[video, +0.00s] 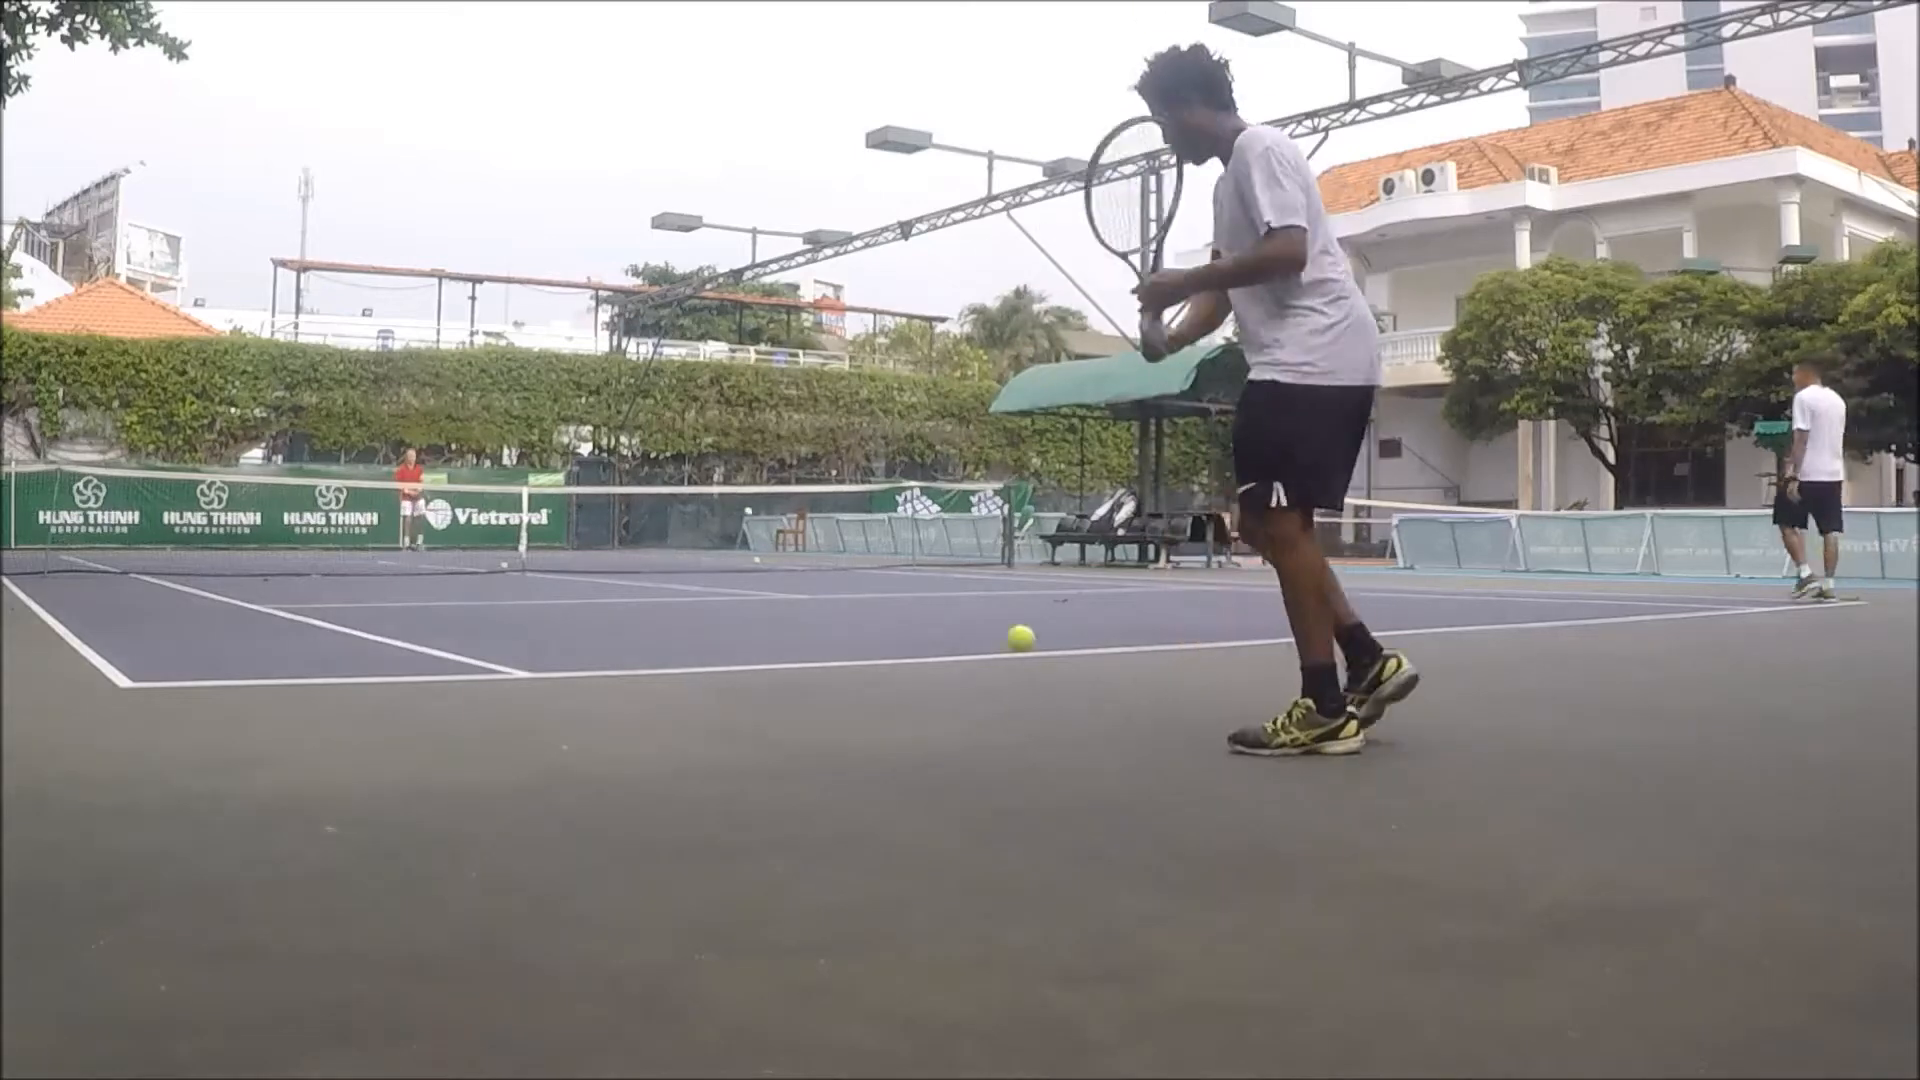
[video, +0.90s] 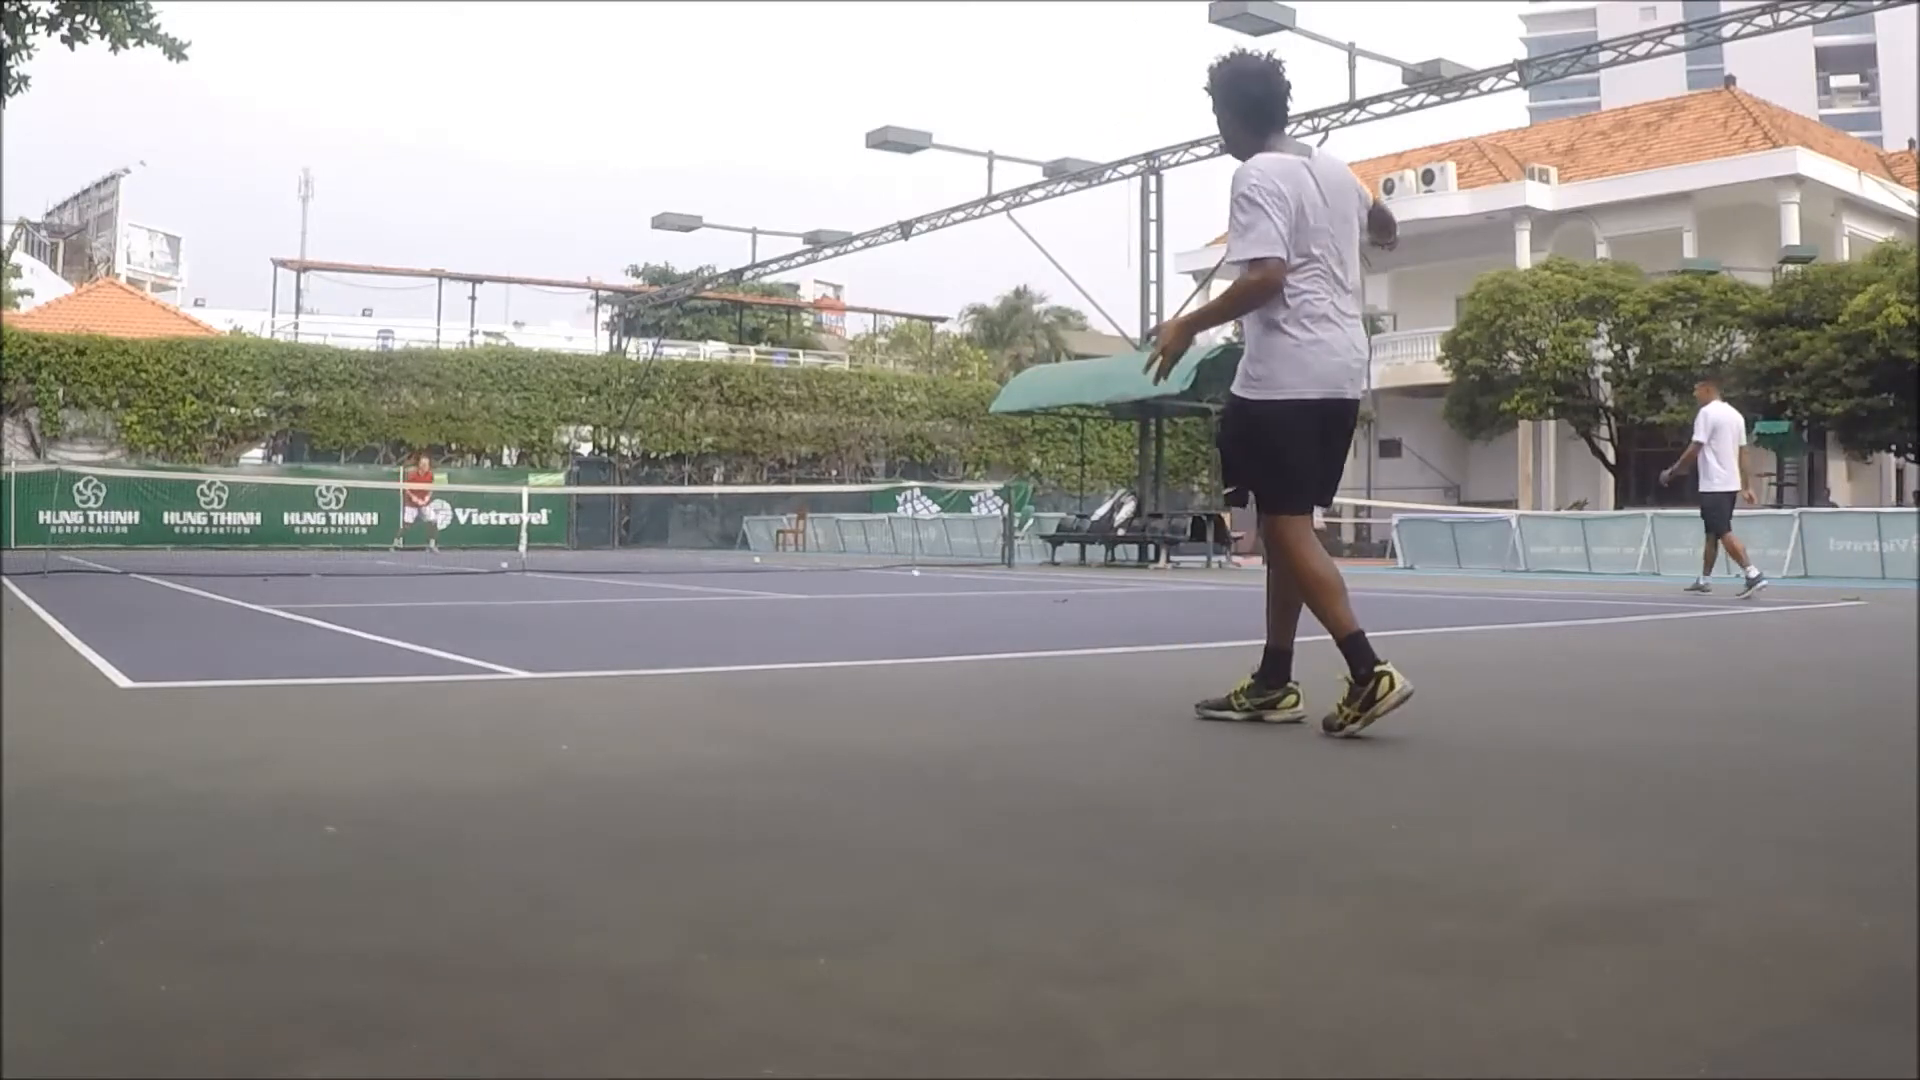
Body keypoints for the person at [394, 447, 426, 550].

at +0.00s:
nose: (411, 460)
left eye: (413, 457)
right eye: (409, 457)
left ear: (415, 458)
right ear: (406, 458)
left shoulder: (419, 469)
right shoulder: (400, 470)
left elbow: (421, 482)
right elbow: (399, 483)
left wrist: (418, 490)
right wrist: (408, 491)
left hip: (418, 495)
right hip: (406, 495)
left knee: (419, 517)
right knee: (407, 518)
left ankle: (418, 540)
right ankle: (407, 540)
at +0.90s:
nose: (423, 466)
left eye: (425, 464)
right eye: (422, 463)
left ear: (428, 465)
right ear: (418, 464)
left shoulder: (430, 475)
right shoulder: (412, 474)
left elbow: (430, 488)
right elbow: (406, 488)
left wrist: (426, 498)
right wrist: (414, 498)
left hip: (424, 500)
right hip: (412, 500)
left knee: (432, 520)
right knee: (407, 522)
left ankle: (432, 543)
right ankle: (397, 540)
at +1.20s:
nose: (436, 463)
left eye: (437, 460)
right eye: (434, 460)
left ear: (439, 462)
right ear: (429, 461)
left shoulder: (439, 474)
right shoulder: (421, 472)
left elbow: (438, 488)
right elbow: (417, 486)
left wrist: (433, 499)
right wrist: (426, 500)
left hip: (432, 500)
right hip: (420, 499)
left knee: (436, 521)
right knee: (417, 519)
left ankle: (432, 544)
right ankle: (409, 543)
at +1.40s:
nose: (440, 465)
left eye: (441, 463)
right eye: (438, 463)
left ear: (442, 465)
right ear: (432, 464)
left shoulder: (442, 477)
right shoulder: (425, 474)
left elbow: (441, 491)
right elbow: (421, 488)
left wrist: (437, 503)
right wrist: (428, 501)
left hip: (435, 502)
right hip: (425, 501)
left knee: (439, 523)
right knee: (429, 519)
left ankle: (431, 545)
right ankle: (416, 540)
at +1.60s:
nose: (441, 465)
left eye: (442, 462)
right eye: (438, 462)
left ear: (442, 463)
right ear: (432, 462)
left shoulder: (437, 474)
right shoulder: (430, 474)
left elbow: (437, 489)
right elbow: (434, 489)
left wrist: (441, 500)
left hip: (433, 500)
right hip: (426, 500)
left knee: (436, 521)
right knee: (431, 521)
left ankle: (431, 544)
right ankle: (420, 545)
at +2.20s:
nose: (439, 463)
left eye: (440, 460)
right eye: (437, 461)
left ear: (441, 461)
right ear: (431, 461)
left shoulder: (442, 472)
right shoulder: (422, 473)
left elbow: (444, 486)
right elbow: (420, 487)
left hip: (439, 499)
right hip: (427, 499)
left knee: (436, 522)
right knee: (430, 519)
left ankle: (424, 541)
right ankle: (426, 544)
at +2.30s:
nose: (438, 466)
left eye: (440, 464)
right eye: (435, 464)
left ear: (442, 463)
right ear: (431, 461)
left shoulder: (441, 472)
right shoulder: (426, 471)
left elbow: (442, 485)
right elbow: (425, 484)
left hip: (436, 498)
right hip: (427, 497)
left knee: (435, 521)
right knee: (430, 519)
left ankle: (420, 540)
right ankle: (425, 545)